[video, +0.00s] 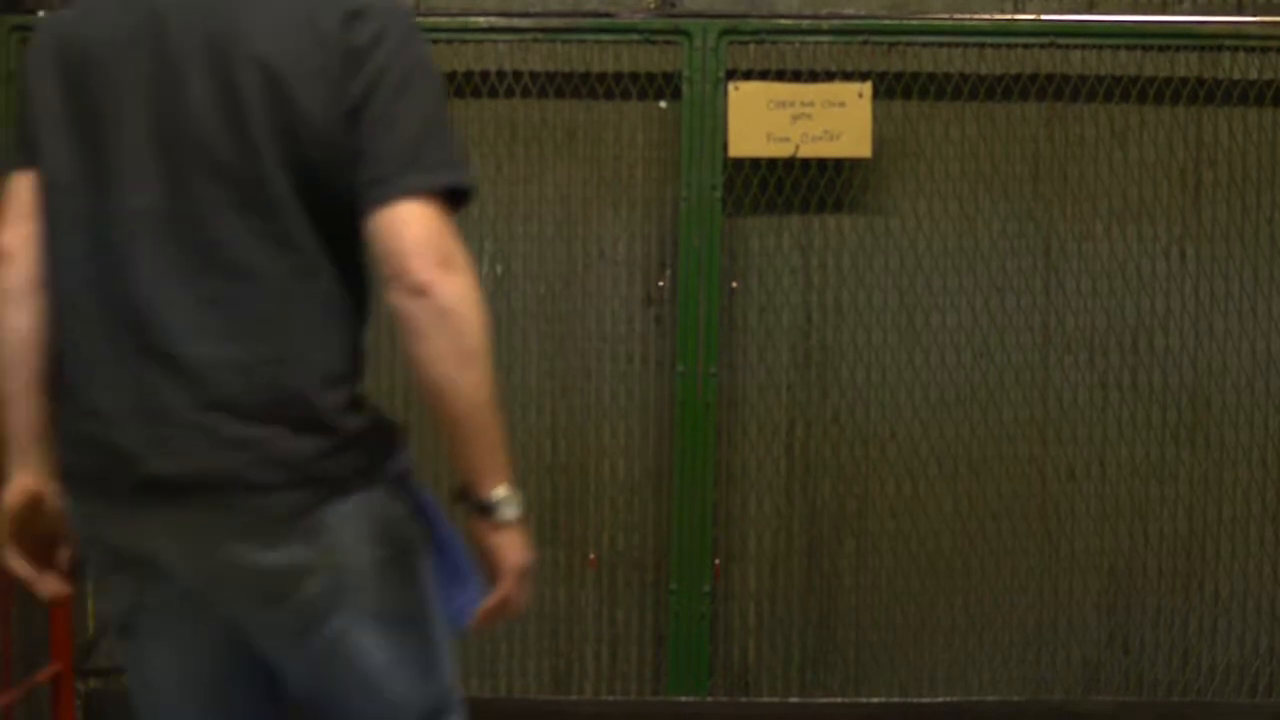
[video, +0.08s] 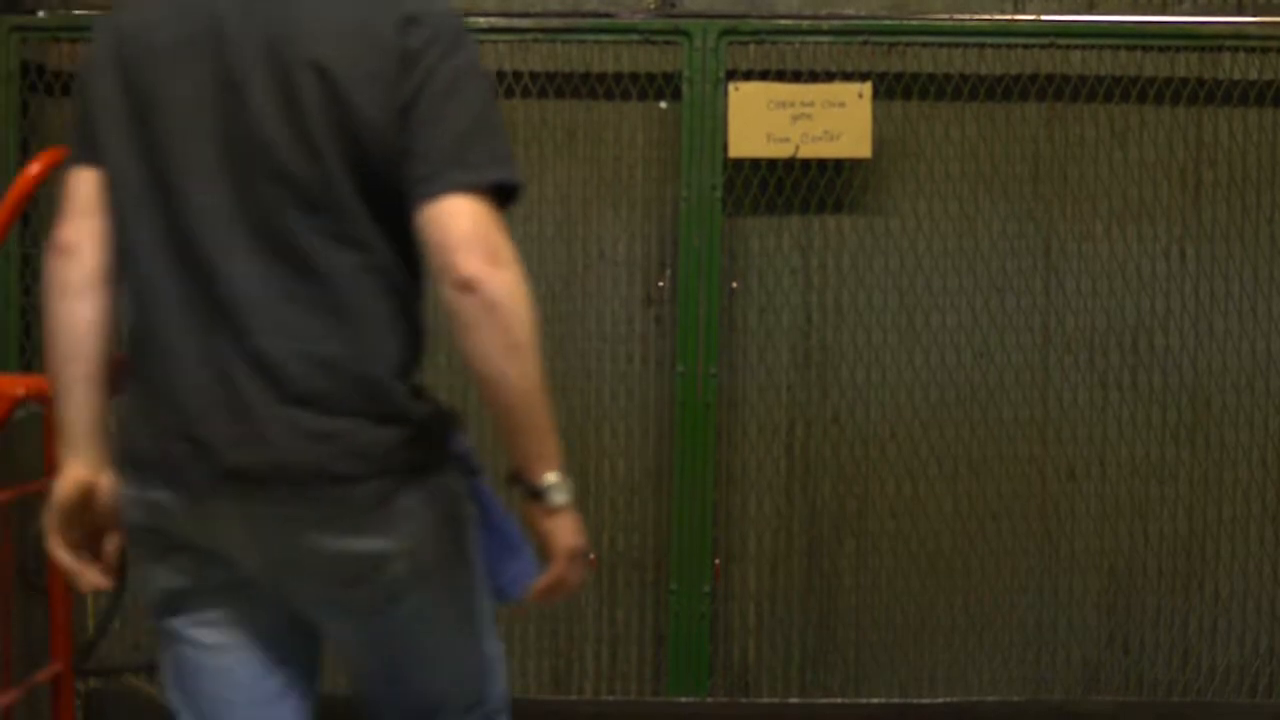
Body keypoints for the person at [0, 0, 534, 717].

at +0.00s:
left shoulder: (66, 33)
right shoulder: (360, 25)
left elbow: (19, 253)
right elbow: (422, 272)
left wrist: (26, 463)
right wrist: (491, 496)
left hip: (119, 495)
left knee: (189, 704)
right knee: (402, 703)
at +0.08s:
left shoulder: (127, 30)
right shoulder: (411, 27)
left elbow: (77, 243)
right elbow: (471, 268)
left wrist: (81, 455)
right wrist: (545, 483)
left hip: (176, 487)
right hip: (365, 486)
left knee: (232, 709)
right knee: (450, 708)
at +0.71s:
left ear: (553, 4)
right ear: (641, 1)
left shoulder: (476, 102)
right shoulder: (699, 93)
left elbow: (436, 294)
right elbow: (801, 278)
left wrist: (457, 319)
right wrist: (835, 335)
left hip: (536, 426)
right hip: (668, 424)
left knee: (587, 659)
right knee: (642, 681)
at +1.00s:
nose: (674, 7)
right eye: (675, 1)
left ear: (597, 8)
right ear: (672, 5)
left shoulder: (550, 101)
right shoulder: (726, 95)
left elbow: (514, 191)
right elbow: (840, 195)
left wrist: (532, 96)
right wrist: (853, 127)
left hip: (580, 395)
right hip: (703, 392)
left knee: (614, 594)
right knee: (732, 570)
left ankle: (626, 713)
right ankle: (699, 711)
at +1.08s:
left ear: (620, 6)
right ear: (694, 6)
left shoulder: (570, 85)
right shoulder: (740, 84)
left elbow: (521, 169)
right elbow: (853, 164)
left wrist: (547, 81)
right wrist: (860, 93)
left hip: (589, 382)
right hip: (712, 381)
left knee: (618, 593)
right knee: (732, 574)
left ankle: (630, 718)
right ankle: (724, 713)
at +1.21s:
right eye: (724, 1)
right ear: (722, 2)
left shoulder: (597, 80)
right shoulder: (762, 83)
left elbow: (530, 167)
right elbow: (875, 153)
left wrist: (548, 79)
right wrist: (875, 74)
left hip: (607, 374)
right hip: (729, 377)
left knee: (626, 592)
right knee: (737, 589)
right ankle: (746, 716)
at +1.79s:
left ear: (683, 1)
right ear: (756, 3)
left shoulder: (640, 79)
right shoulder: (803, 81)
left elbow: (514, 107)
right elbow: (928, 101)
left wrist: (549, 14)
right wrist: (877, 14)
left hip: (653, 341)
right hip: (766, 345)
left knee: (662, 563)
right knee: (754, 565)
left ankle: (666, 715)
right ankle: (756, 713)